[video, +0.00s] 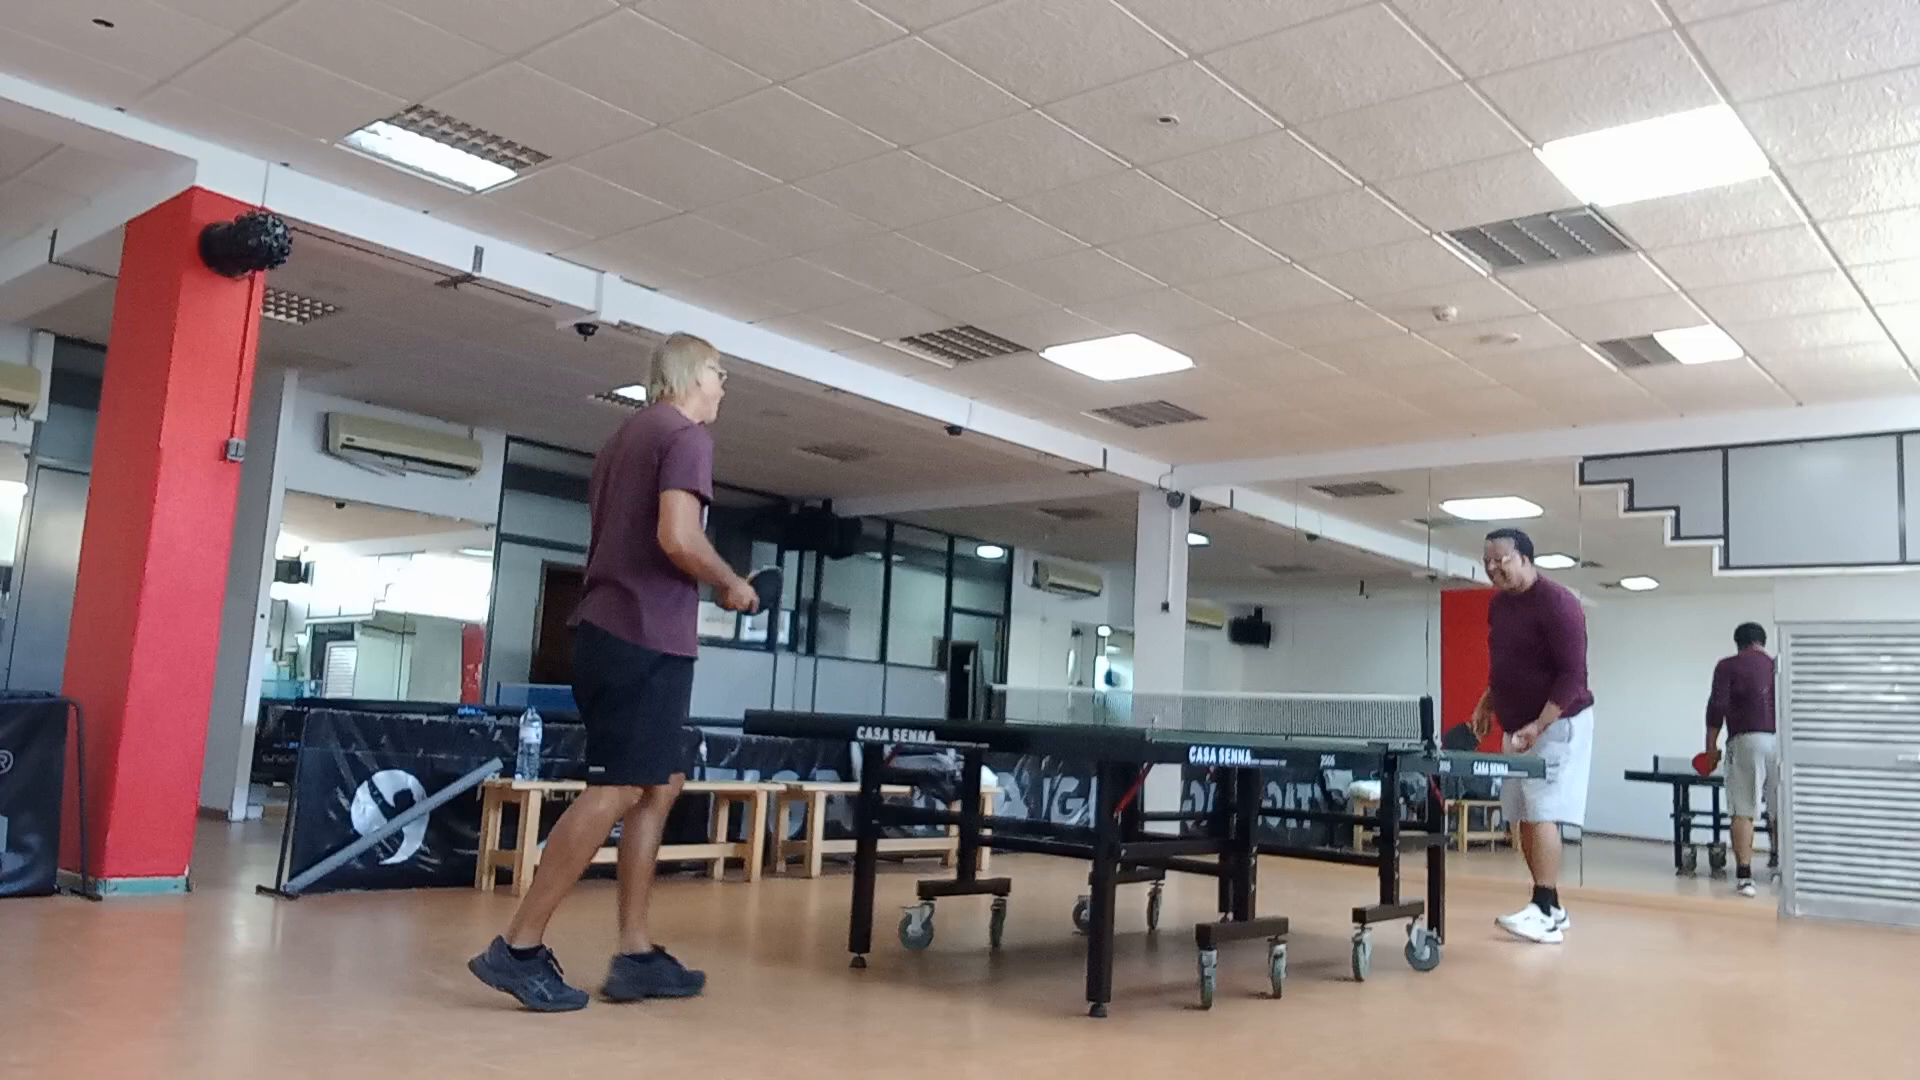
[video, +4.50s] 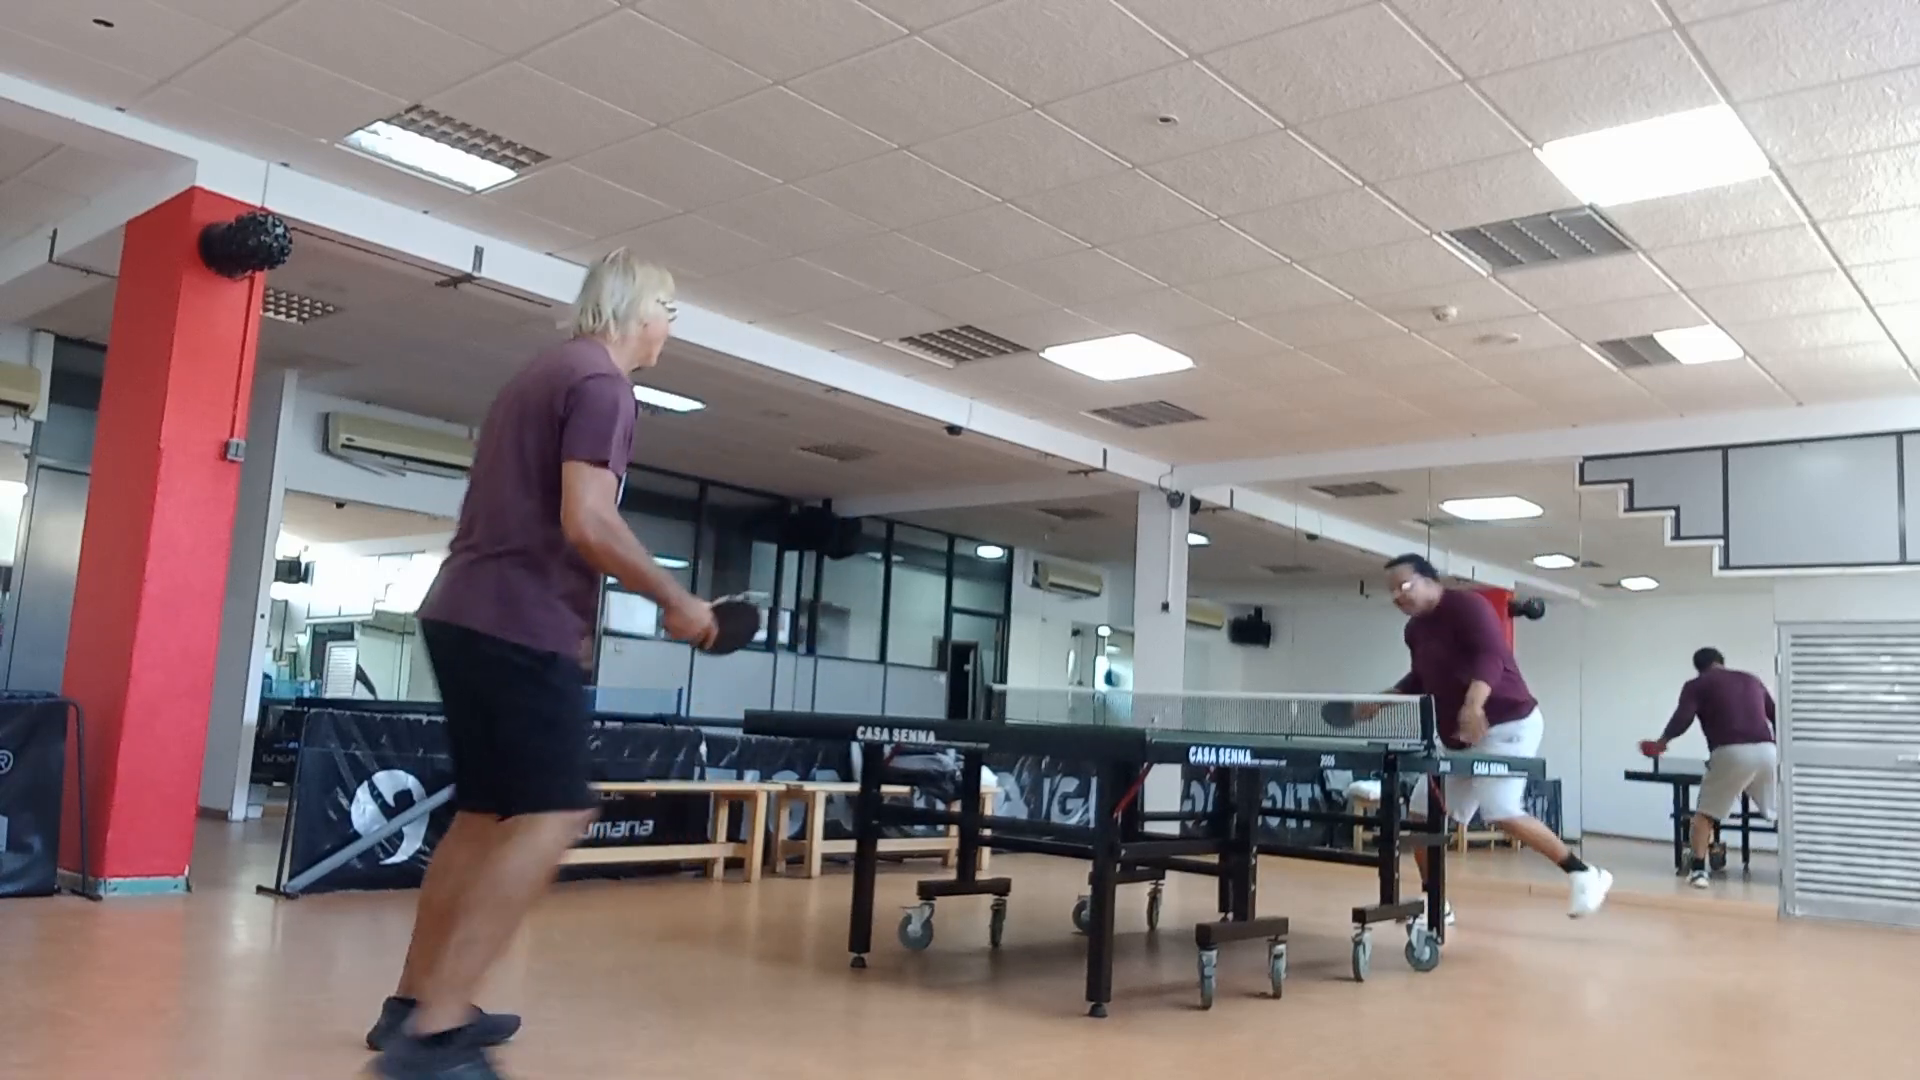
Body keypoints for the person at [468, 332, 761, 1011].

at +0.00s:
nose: (723, 393)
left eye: (721, 380)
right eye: (719, 380)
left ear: (662, 382)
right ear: (695, 380)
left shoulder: (624, 436)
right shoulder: (683, 432)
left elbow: (612, 536)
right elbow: (678, 537)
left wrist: (708, 576)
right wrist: (729, 581)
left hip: (619, 634)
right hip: (642, 640)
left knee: (661, 783)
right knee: (614, 789)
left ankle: (635, 954)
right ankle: (517, 948)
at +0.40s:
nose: (767, 390)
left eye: (767, 377)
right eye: (763, 376)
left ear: (711, 378)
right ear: (734, 377)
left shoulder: (678, 430)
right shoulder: (717, 428)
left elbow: (676, 562)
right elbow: (705, 535)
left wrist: (727, 649)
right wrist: (767, 574)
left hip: (646, 635)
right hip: (678, 639)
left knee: (664, 797)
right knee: (733, 788)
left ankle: (650, 954)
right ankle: (638, 954)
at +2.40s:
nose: (801, 422)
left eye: (805, 410)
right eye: (802, 407)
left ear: (746, 390)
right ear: (778, 396)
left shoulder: (690, 434)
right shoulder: (754, 444)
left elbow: (669, 541)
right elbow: (749, 559)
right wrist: (794, 611)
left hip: (622, 627)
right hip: (680, 640)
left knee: (616, 784)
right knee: (716, 797)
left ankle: (553, 951)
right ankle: (692, 988)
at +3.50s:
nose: (772, 435)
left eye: (775, 422)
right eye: (769, 419)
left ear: (715, 409)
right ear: (737, 414)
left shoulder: (654, 451)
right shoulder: (691, 459)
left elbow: (597, 567)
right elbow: (679, 570)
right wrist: (764, 620)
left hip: (553, 639)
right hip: (600, 648)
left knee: (572, 806)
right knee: (674, 801)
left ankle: (506, 960)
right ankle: (626, 1006)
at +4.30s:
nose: (701, 340)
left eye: (701, 325)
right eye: (696, 324)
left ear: (636, 321)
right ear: (664, 323)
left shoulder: (602, 388)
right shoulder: (614, 389)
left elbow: (619, 534)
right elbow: (621, 531)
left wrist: (686, 607)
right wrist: (731, 591)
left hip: (534, 631)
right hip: (557, 634)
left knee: (546, 811)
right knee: (634, 803)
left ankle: (428, 991)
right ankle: (650, 1022)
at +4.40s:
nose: (682, 339)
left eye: (683, 324)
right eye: (678, 322)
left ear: (613, 314)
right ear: (647, 318)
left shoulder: (567, 375)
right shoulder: (608, 381)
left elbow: (543, 533)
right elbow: (600, 520)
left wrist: (615, 615)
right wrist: (700, 590)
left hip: (491, 617)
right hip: (539, 624)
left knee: (509, 807)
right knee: (612, 796)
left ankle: (421, 997)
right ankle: (552, 1024)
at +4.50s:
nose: (668, 339)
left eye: (671, 324)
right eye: (666, 321)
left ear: (598, 308)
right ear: (634, 314)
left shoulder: (543, 370)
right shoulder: (602, 381)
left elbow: (512, 519)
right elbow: (591, 523)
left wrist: (571, 621)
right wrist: (675, 601)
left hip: (466, 614)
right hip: (518, 625)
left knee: (486, 808)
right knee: (558, 809)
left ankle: (419, 1000)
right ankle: (438, 1023)